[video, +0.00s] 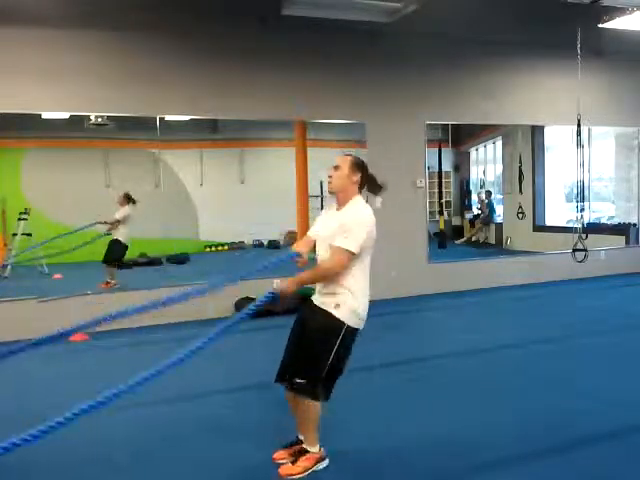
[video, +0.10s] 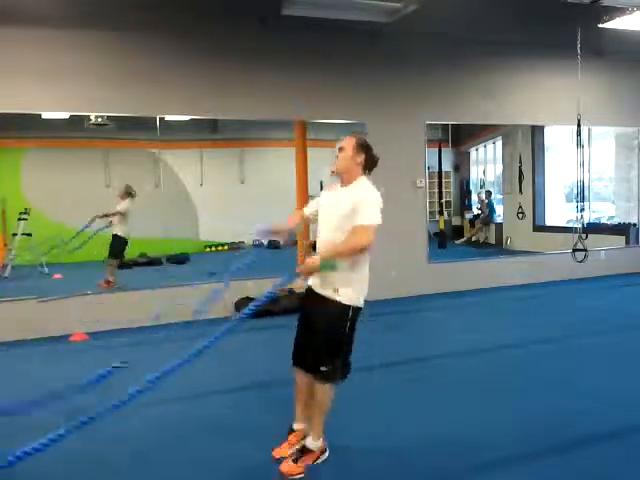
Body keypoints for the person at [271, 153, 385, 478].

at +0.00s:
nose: (329, 174)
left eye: (337, 169)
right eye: (331, 169)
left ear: (355, 178)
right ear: (347, 179)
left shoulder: (361, 216)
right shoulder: (331, 212)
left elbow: (336, 265)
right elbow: (307, 241)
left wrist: (294, 282)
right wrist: (300, 249)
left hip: (343, 309)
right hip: (320, 302)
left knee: (308, 382)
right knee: (292, 377)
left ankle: (313, 451)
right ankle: (305, 441)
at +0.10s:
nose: (335, 155)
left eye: (342, 150)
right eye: (336, 150)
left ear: (360, 159)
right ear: (345, 158)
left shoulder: (368, 196)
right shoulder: (329, 193)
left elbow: (363, 240)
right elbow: (301, 217)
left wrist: (321, 257)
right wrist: (277, 228)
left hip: (343, 297)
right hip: (317, 290)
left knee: (324, 374)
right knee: (302, 366)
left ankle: (316, 443)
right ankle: (300, 430)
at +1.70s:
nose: (323, 153)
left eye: (330, 147)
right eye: (325, 147)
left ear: (352, 154)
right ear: (343, 155)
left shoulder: (358, 189)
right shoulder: (327, 188)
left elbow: (332, 235)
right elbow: (302, 226)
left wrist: (289, 239)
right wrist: (286, 240)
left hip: (338, 288)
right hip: (313, 282)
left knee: (313, 361)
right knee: (295, 356)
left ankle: (324, 437)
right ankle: (309, 428)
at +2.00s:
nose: (329, 144)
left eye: (336, 138)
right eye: (329, 139)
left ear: (355, 144)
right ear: (334, 146)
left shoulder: (362, 170)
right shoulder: (325, 175)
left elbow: (371, 186)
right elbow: (295, 196)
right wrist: (262, 197)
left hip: (341, 278)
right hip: (313, 273)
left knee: (329, 357)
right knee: (302, 346)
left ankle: (340, 428)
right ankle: (307, 405)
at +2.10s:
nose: (317, 144)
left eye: (322, 138)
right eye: (318, 138)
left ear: (341, 141)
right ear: (329, 143)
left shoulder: (353, 171)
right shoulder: (319, 176)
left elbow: (371, 181)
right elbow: (297, 189)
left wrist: (362, 171)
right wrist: (270, 185)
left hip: (342, 279)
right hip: (314, 275)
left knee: (344, 359)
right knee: (304, 342)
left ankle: (351, 442)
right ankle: (299, 401)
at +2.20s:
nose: (297, 165)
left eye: (303, 159)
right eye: (297, 159)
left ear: (323, 164)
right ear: (304, 165)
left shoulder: (337, 193)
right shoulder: (303, 197)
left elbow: (355, 203)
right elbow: (292, 200)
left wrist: (368, 190)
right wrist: (271, 192)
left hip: (342, 298)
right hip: (314, 295)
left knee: (345, 379)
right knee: (302, 358)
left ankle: (364, 457)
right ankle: (303, 412)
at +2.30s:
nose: (289, 175)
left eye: (295, 170)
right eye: (290, 170)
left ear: (316, 178)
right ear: (307, 178)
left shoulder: (334, 210)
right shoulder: (300, 213)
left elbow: (353, 226)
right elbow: (293, 222)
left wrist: (364, 219)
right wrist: (273, 212)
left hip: (335, 308)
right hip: (307, 305)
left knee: (330, 384)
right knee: (292, 369)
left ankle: (363, 462)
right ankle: (303, 415)